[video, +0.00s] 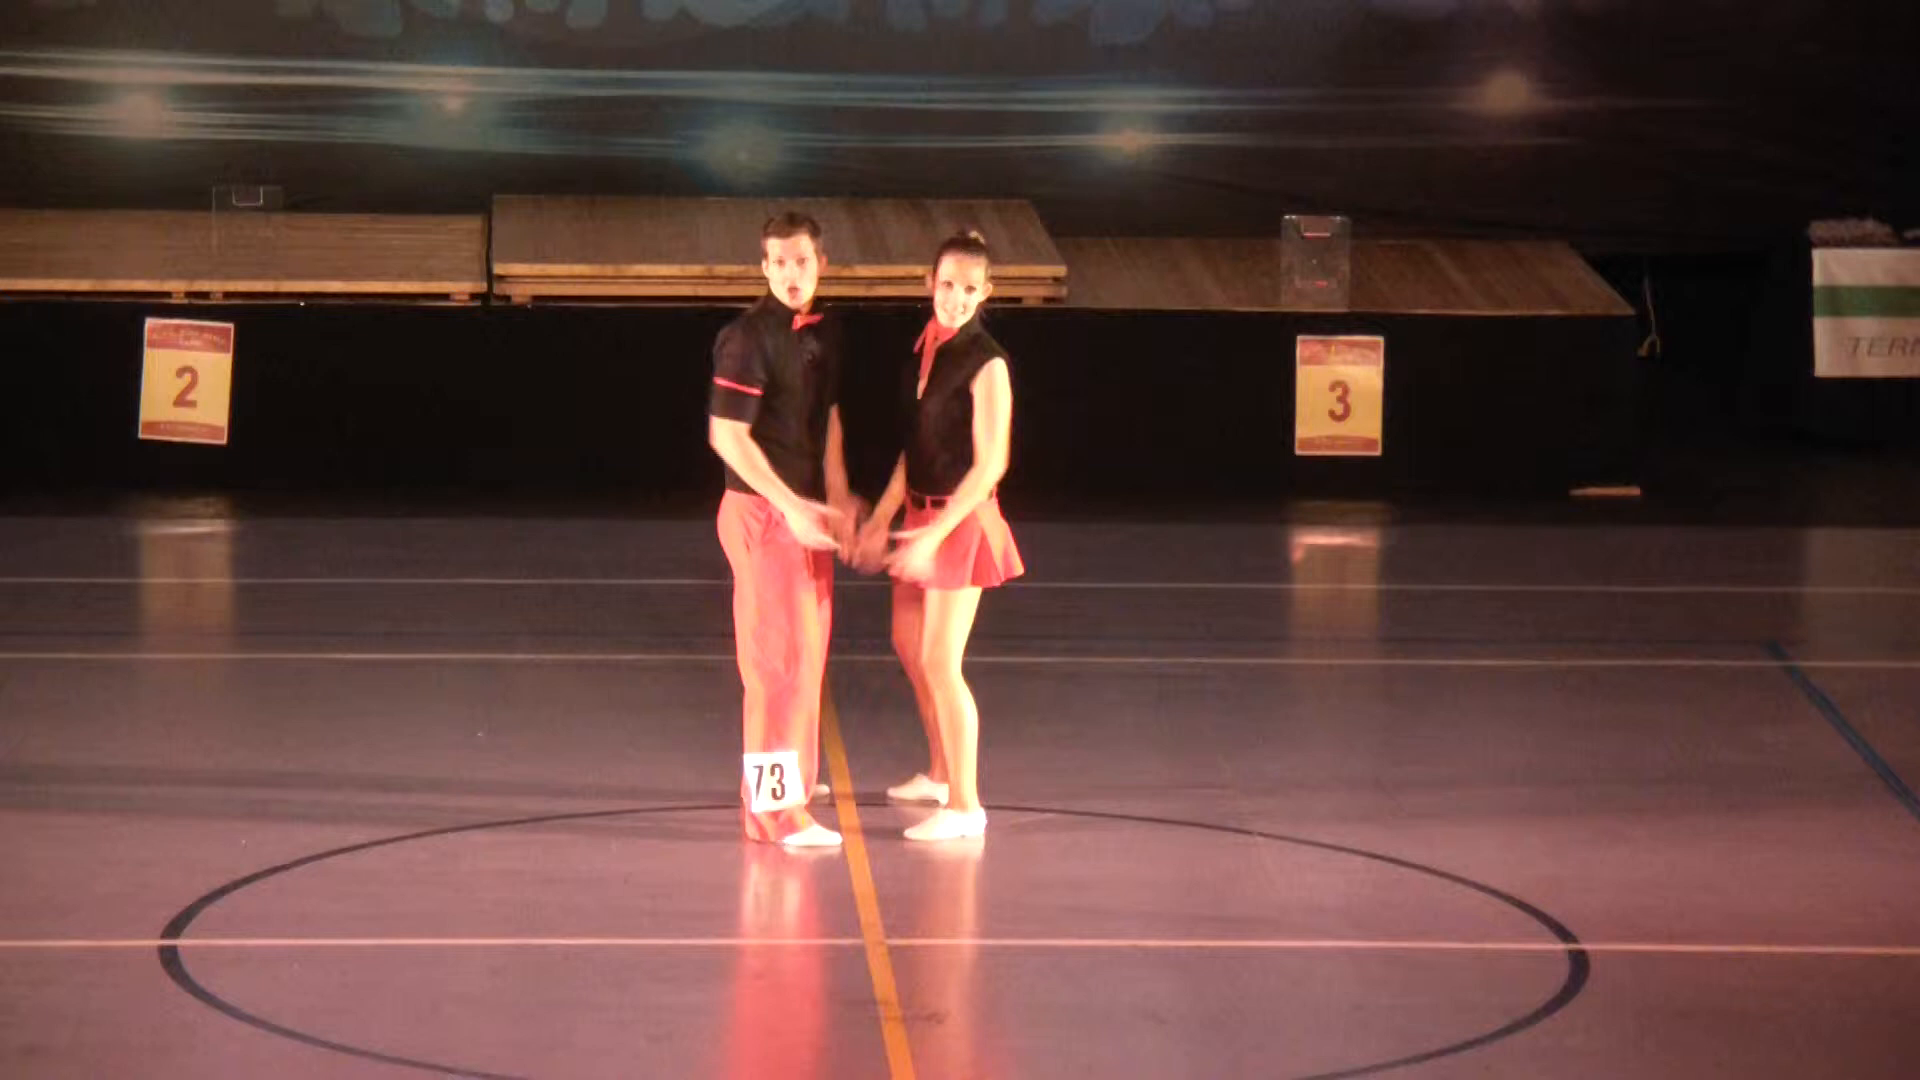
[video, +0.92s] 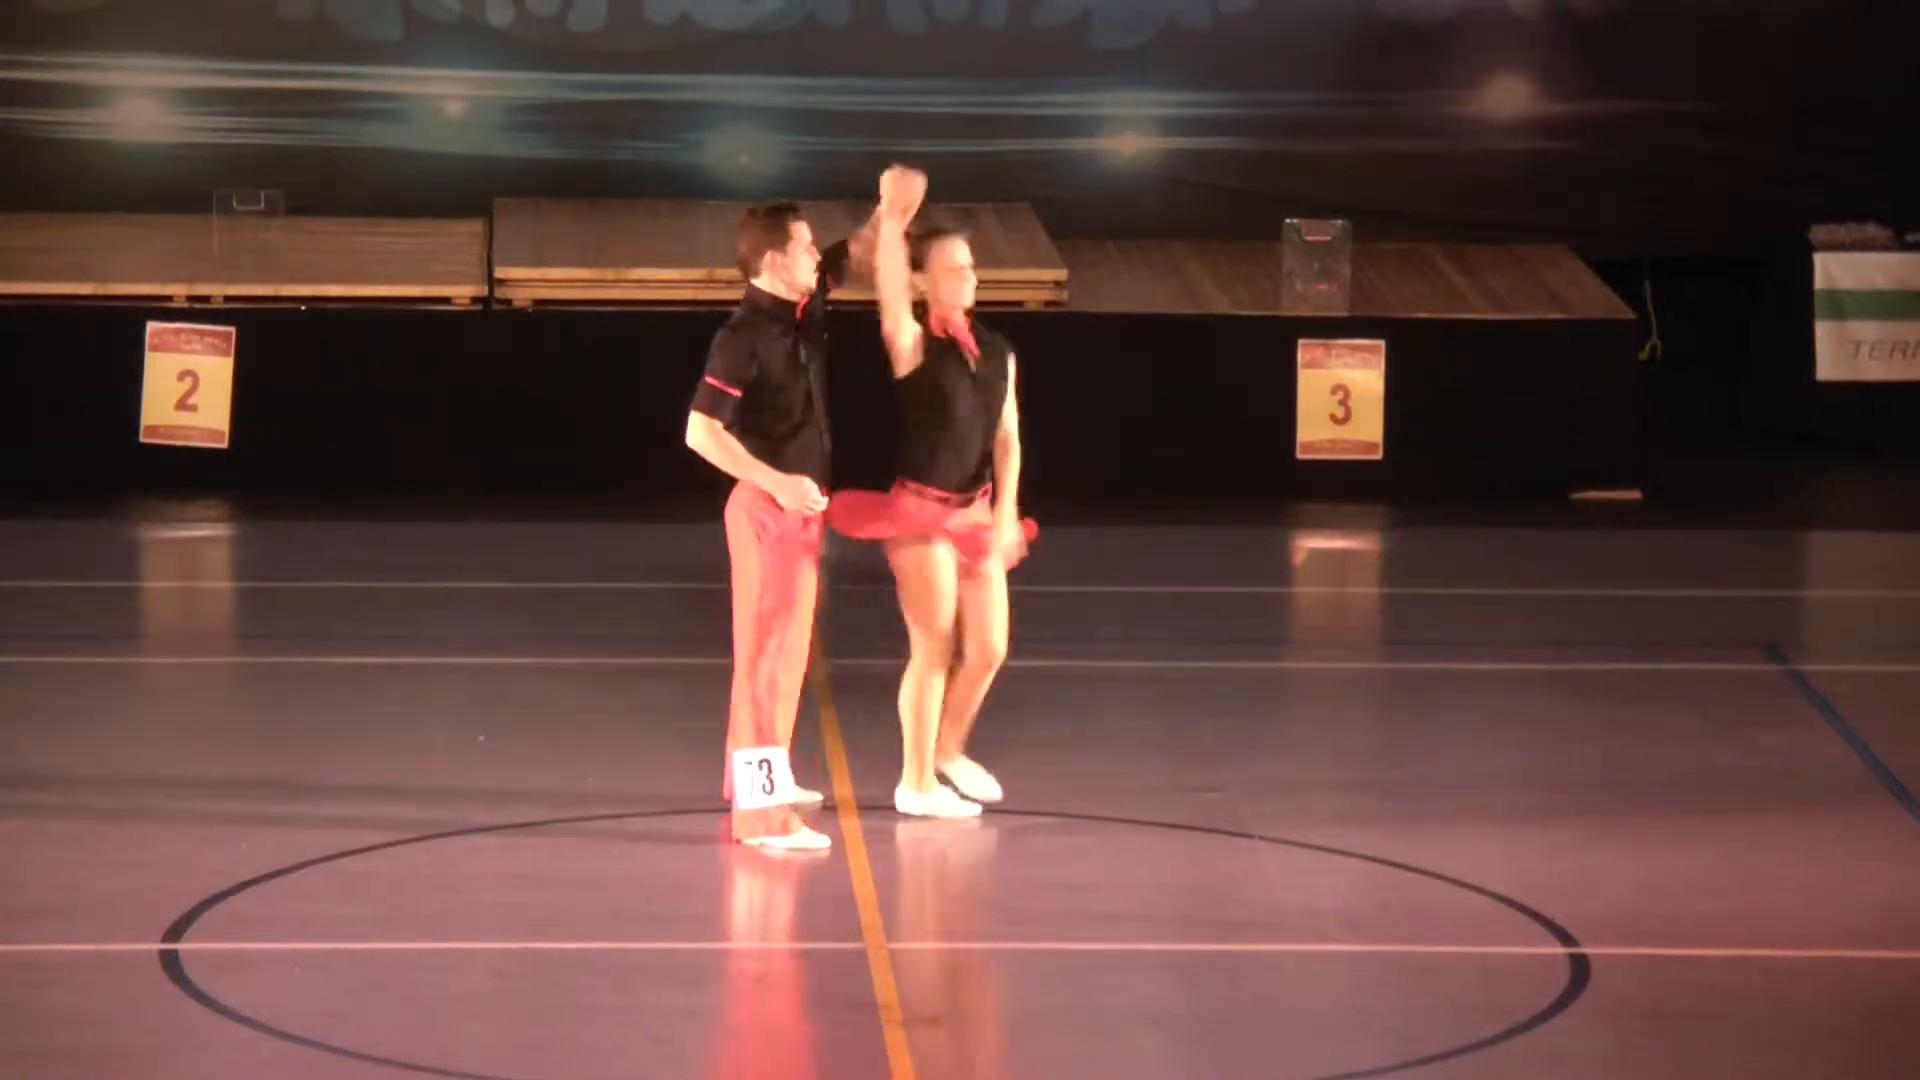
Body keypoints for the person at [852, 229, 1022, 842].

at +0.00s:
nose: (957, 298)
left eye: (970, 288)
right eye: (948, 283)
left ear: (985, 293)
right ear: (930, 282)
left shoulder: (987, 363)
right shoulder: (930, 345)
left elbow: (991, 463)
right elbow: (918, 441)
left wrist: (932, 536)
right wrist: (882, 516)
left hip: (965, 523)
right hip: (923, 517)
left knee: (941, 660)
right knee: (910, 646)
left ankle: (966, 808)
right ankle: (946, 774)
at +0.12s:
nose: (960, 295)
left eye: (973, 286)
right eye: (952, 281)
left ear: (988, 291)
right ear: (934, 280)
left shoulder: (997, 349)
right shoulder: (928, 342)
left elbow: (1029, 431)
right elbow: (924, 429)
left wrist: (1001, 491)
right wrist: (880, 473)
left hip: (965, 514)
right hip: (920, 512)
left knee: (949, 660)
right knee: (917, 646)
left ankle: (967, 807)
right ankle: (946, 776)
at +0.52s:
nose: (924, 291)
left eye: (937, 282)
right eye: (923, 280)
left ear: (970, 289)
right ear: (926, 284)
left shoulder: (970, 360)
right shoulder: (939, 348)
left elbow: (970, 461)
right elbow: (919, 421)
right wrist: (842, 430)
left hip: (967, 515)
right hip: (947, 510)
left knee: (942, 662)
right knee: (938, 657)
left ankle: (967, 805)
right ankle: (946, 776)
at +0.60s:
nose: (922, 278)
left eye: (928, 269)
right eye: (927, 267)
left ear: (939, 279)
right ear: (980, 285)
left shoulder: (920, 356)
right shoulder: (987, 349)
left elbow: (910, 457)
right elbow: (928, 396)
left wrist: (893, 527)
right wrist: (859, 382)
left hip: (946, 515)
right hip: (996, 506)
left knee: (934, 661)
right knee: (969, 649)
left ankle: (967, 805)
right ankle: (958, 774)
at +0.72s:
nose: (979, 286)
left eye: (976, 276)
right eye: (974, 277)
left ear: (916, 283)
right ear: (964, 284)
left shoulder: (888, 361)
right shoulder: (983, 334)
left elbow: (906, 452)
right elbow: (1002, 275)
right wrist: (969, 241)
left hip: (924, 506)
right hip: (991, 507)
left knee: (916, 651)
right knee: (975, 652)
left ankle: (926, 784)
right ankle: (928, 781)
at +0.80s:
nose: (977, 279)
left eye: (970, 265)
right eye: (967, 266)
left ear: (919, 282)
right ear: (955, 276)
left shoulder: (932, 339)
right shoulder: (953, 333)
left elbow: (973, 450)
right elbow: (989, 245)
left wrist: (1031, 504)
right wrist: (935, 196)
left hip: (927, 505)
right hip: (962, 510)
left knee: (948, 641)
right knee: (962, 655)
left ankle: (875, 742)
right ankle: (926, 788)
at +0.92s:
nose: (967, 277)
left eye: (969, 265)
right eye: (953, 267)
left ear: (975, 274)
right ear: (924, 280)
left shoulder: (996, 350)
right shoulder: (912, 345)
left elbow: (1008, 438)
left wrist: (1006, 513)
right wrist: (893, 225)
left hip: (979, 514)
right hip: (920, 514)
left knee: (989, 650)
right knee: (931, 649)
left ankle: (947, 751)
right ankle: (915, 783)